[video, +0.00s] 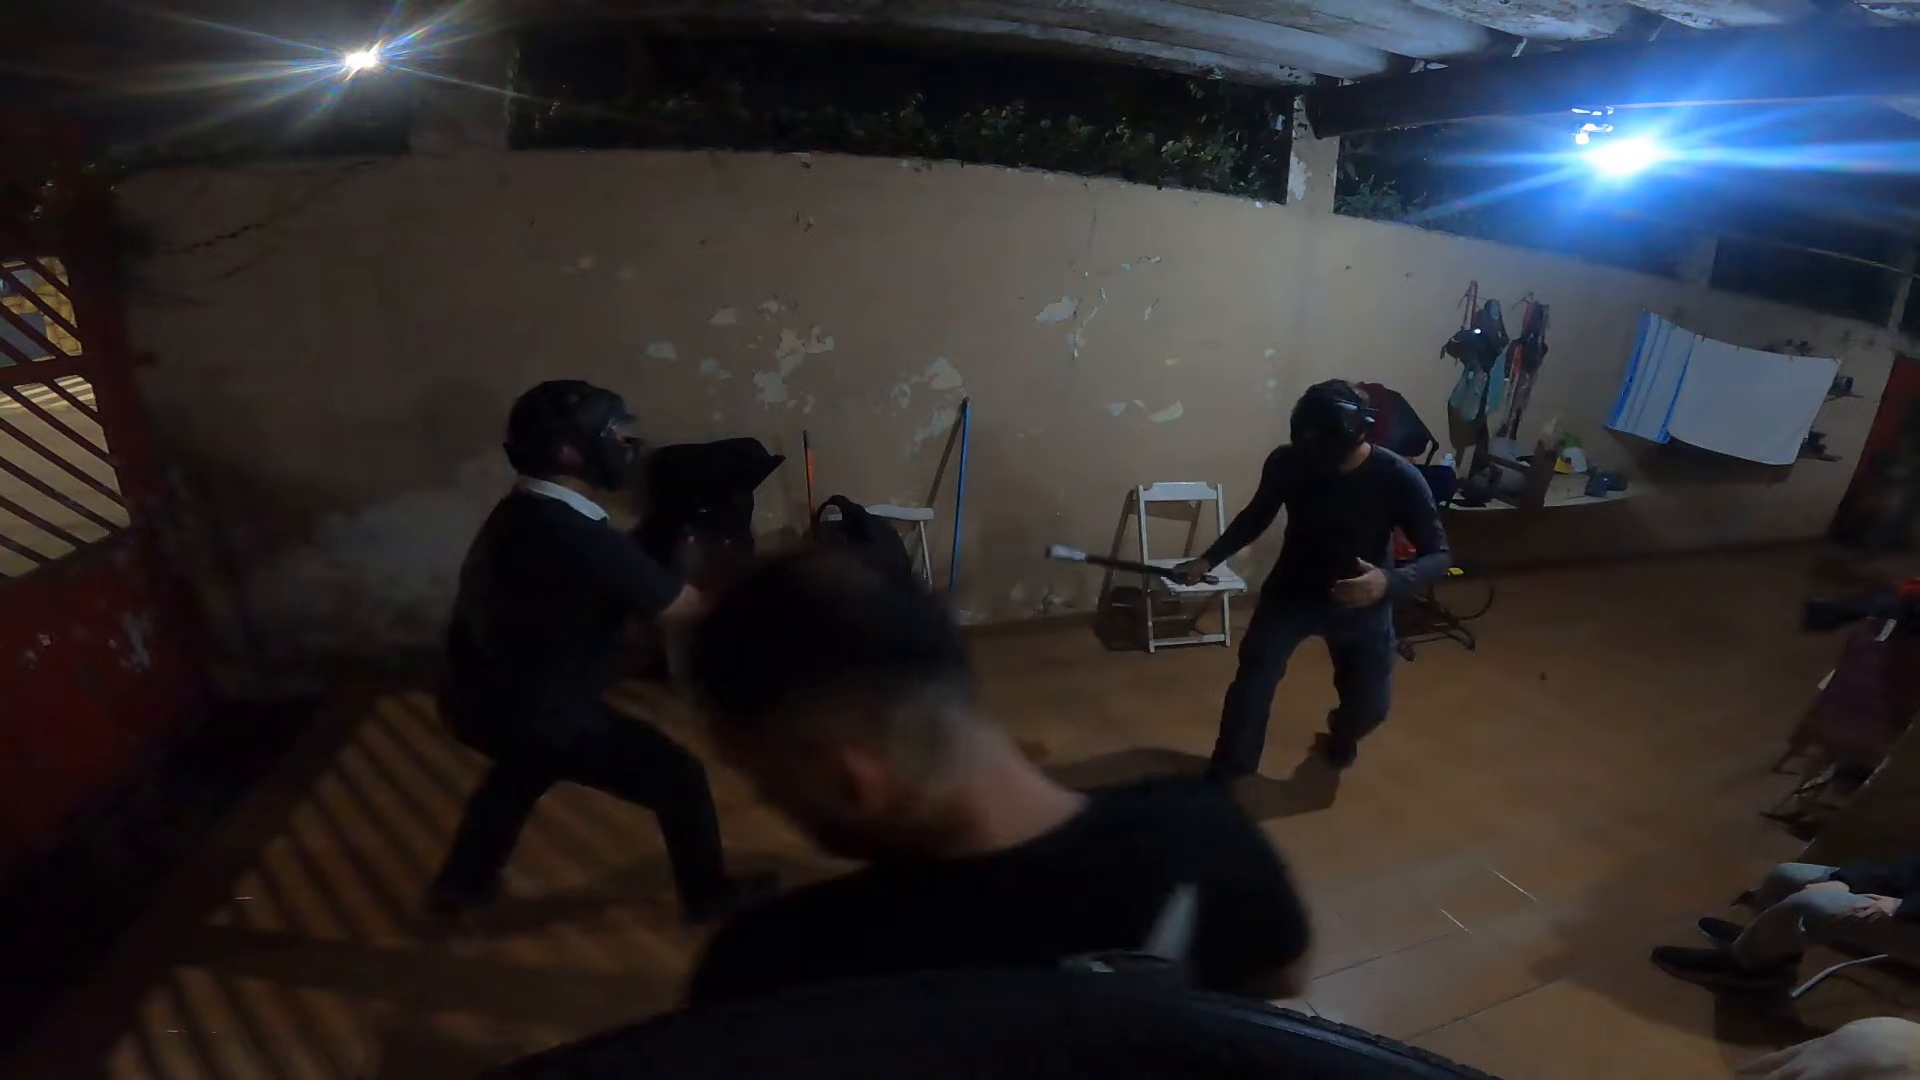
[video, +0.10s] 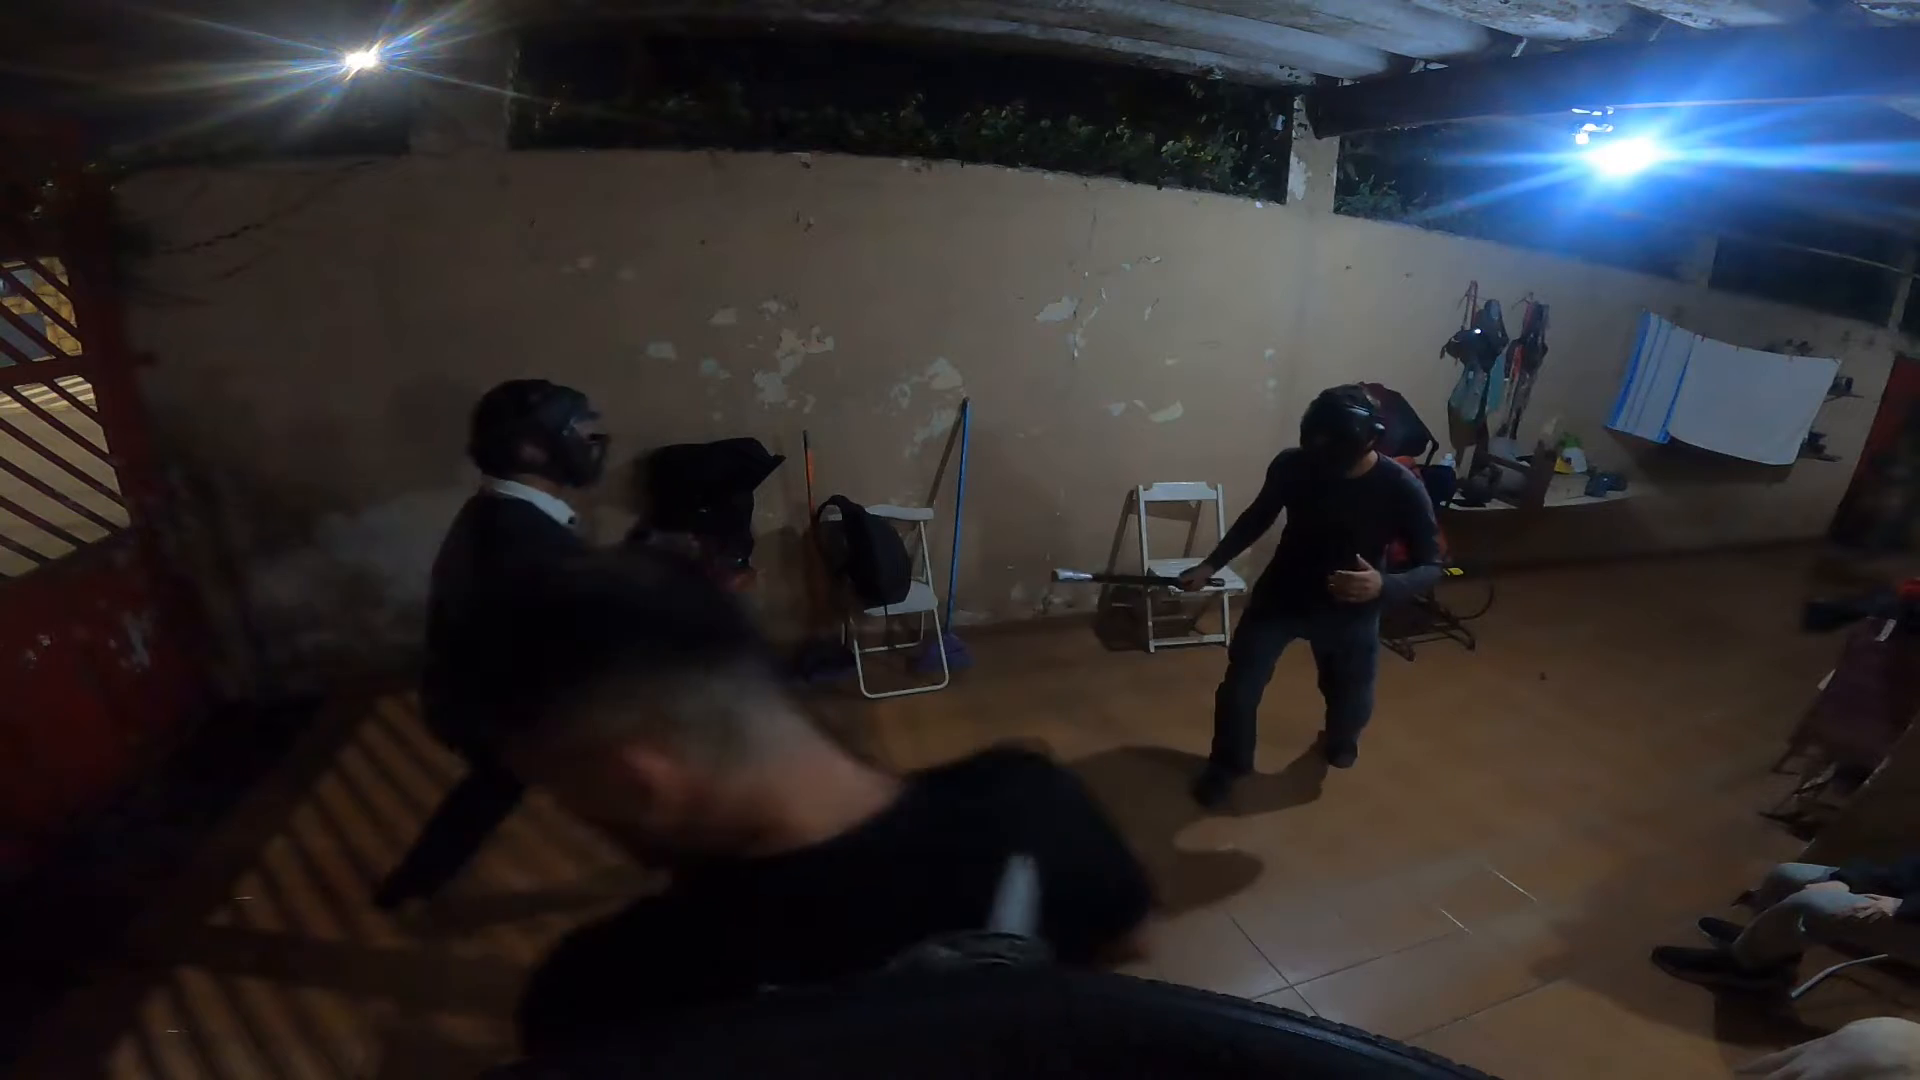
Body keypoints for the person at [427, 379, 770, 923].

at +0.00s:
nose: (631, 438)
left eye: (625, 426)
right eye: (614, 430)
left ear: (562, 454)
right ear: (569, 453)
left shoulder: (515, 515)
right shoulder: (581, 536)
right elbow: (680, 605)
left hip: (482, 705)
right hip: (543, 720)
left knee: (532, 763)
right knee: (677, 776)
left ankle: (461, 884)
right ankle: (707, 896)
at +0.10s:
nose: (599, 437)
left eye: (593, 424)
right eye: (582, 427)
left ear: (530, 451)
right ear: (532, 451)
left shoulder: (490, 516)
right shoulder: (527, 540)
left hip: (467, 698)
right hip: (501, 711)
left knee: (497, 781)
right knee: (498, 784)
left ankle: (414, 883)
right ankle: (412, 886)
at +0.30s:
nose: (504, 451)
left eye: (499, 438)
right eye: (487, 439)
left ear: (431, 460)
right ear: (435, 459)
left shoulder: (386, 528)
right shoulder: (443, 551)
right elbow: (498, 679)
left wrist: (533, 571)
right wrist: (585, 718)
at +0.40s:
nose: (439, 448)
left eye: (434, 435)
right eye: (420, 438)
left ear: (365, 463)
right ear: (368, 461)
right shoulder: (375, 547)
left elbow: (461, 579)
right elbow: (464, 659)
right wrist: (558, 680)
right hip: (376, 721)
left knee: (427, 761)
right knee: (545, 785)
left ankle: (375, 862)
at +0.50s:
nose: (399, 426)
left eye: (394, 413)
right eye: (378, 416)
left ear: (325, 440)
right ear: (324, 438)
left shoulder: (349, 496)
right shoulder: (310, 516)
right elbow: (433, 606)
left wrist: (439, 558)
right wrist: (537, 606)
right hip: (318, 713)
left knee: (389, 763)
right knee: (486, 762)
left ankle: (359, 876)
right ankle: (512, 894)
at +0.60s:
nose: (384, 403)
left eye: (381, 390)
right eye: (366, 393)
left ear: (309, 410)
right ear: (316, 408)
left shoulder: (268, 477)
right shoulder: (319, 493)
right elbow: (443, 587)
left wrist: (407, 541)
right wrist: (521, 554)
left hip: (271, 686)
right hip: (315, 692)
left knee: (348, 760)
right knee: (450, 752)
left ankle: (346, 880)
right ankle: (458, 869)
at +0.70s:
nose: (359, 409)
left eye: (359, 395)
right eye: (343, 396)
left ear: (282, 406)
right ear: (297, 406)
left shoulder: (239, 471)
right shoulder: (288, 487)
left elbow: (314, 551)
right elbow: (409, 581)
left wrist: (397, 535)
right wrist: (490, 546)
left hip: (241, 684)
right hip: (291, 692)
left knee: (324, 739)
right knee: (448, 743)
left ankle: (306, 867)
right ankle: (399, 842)